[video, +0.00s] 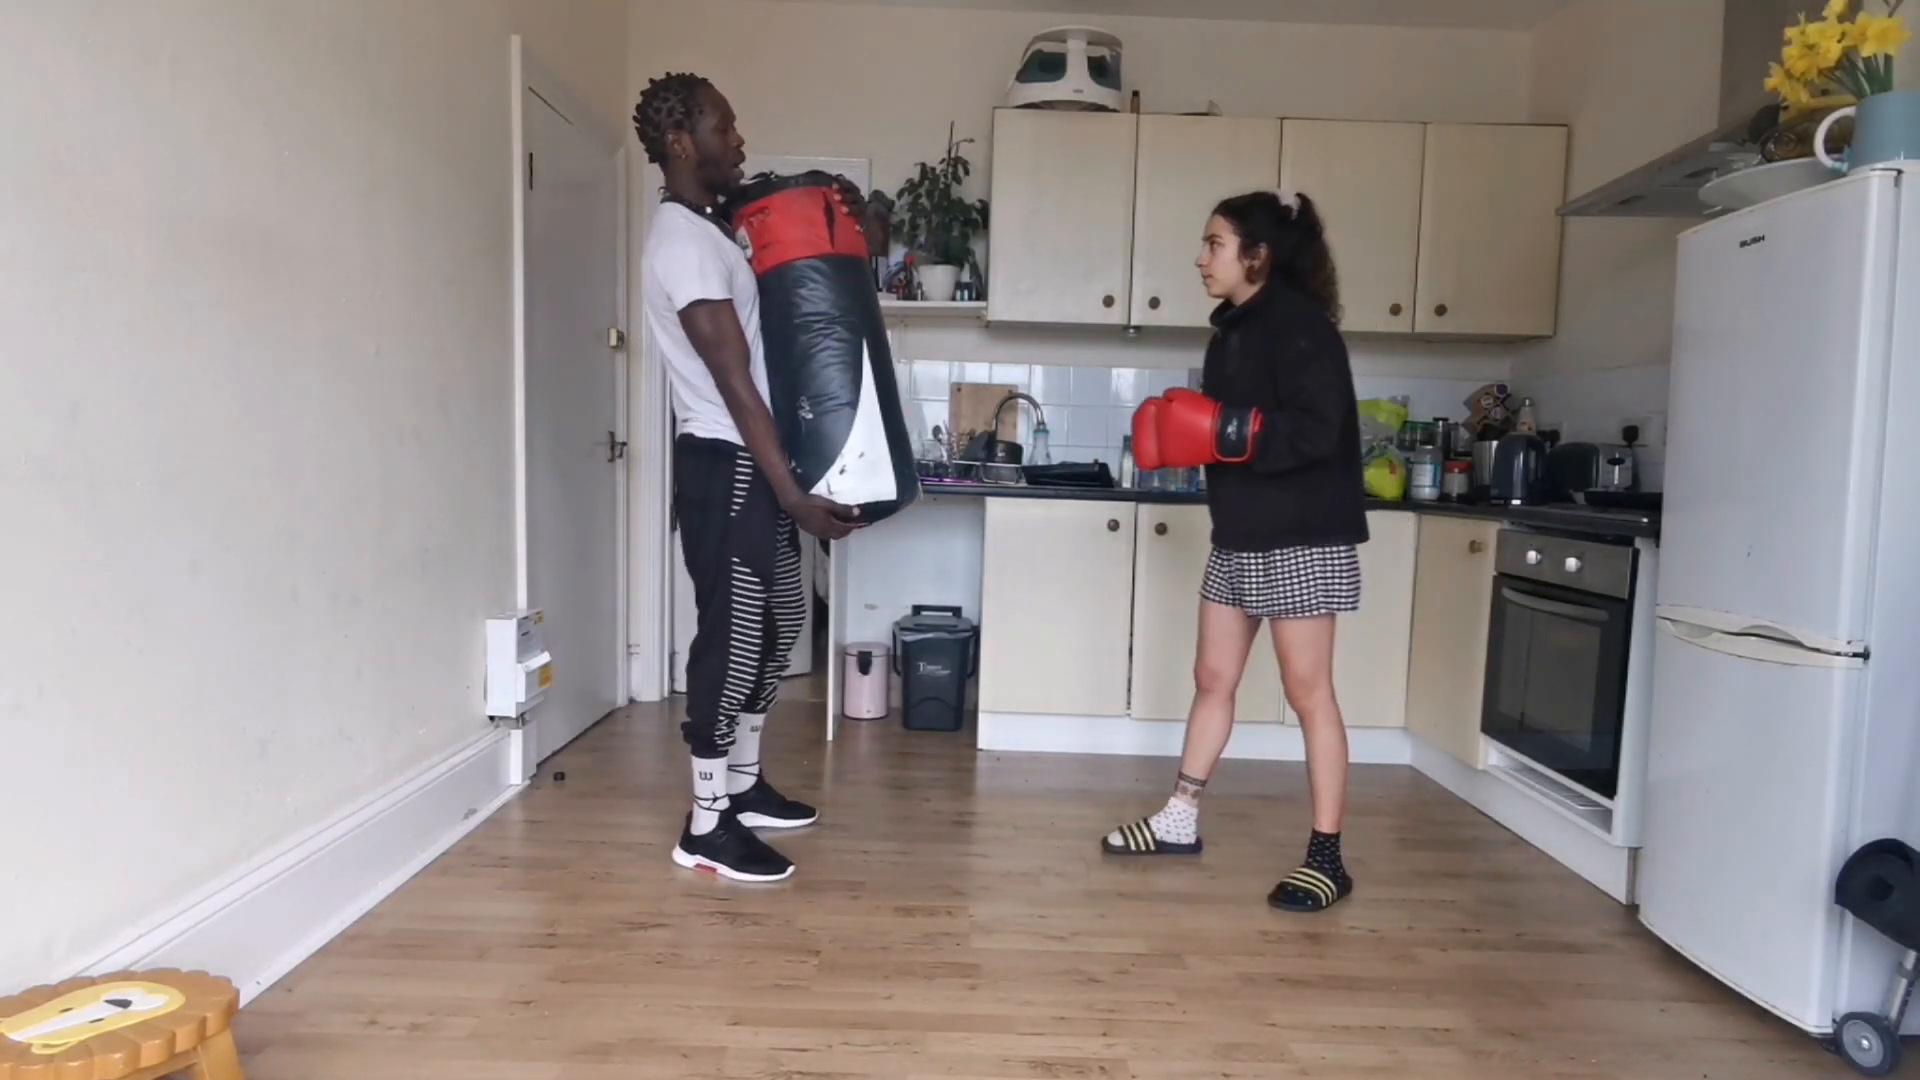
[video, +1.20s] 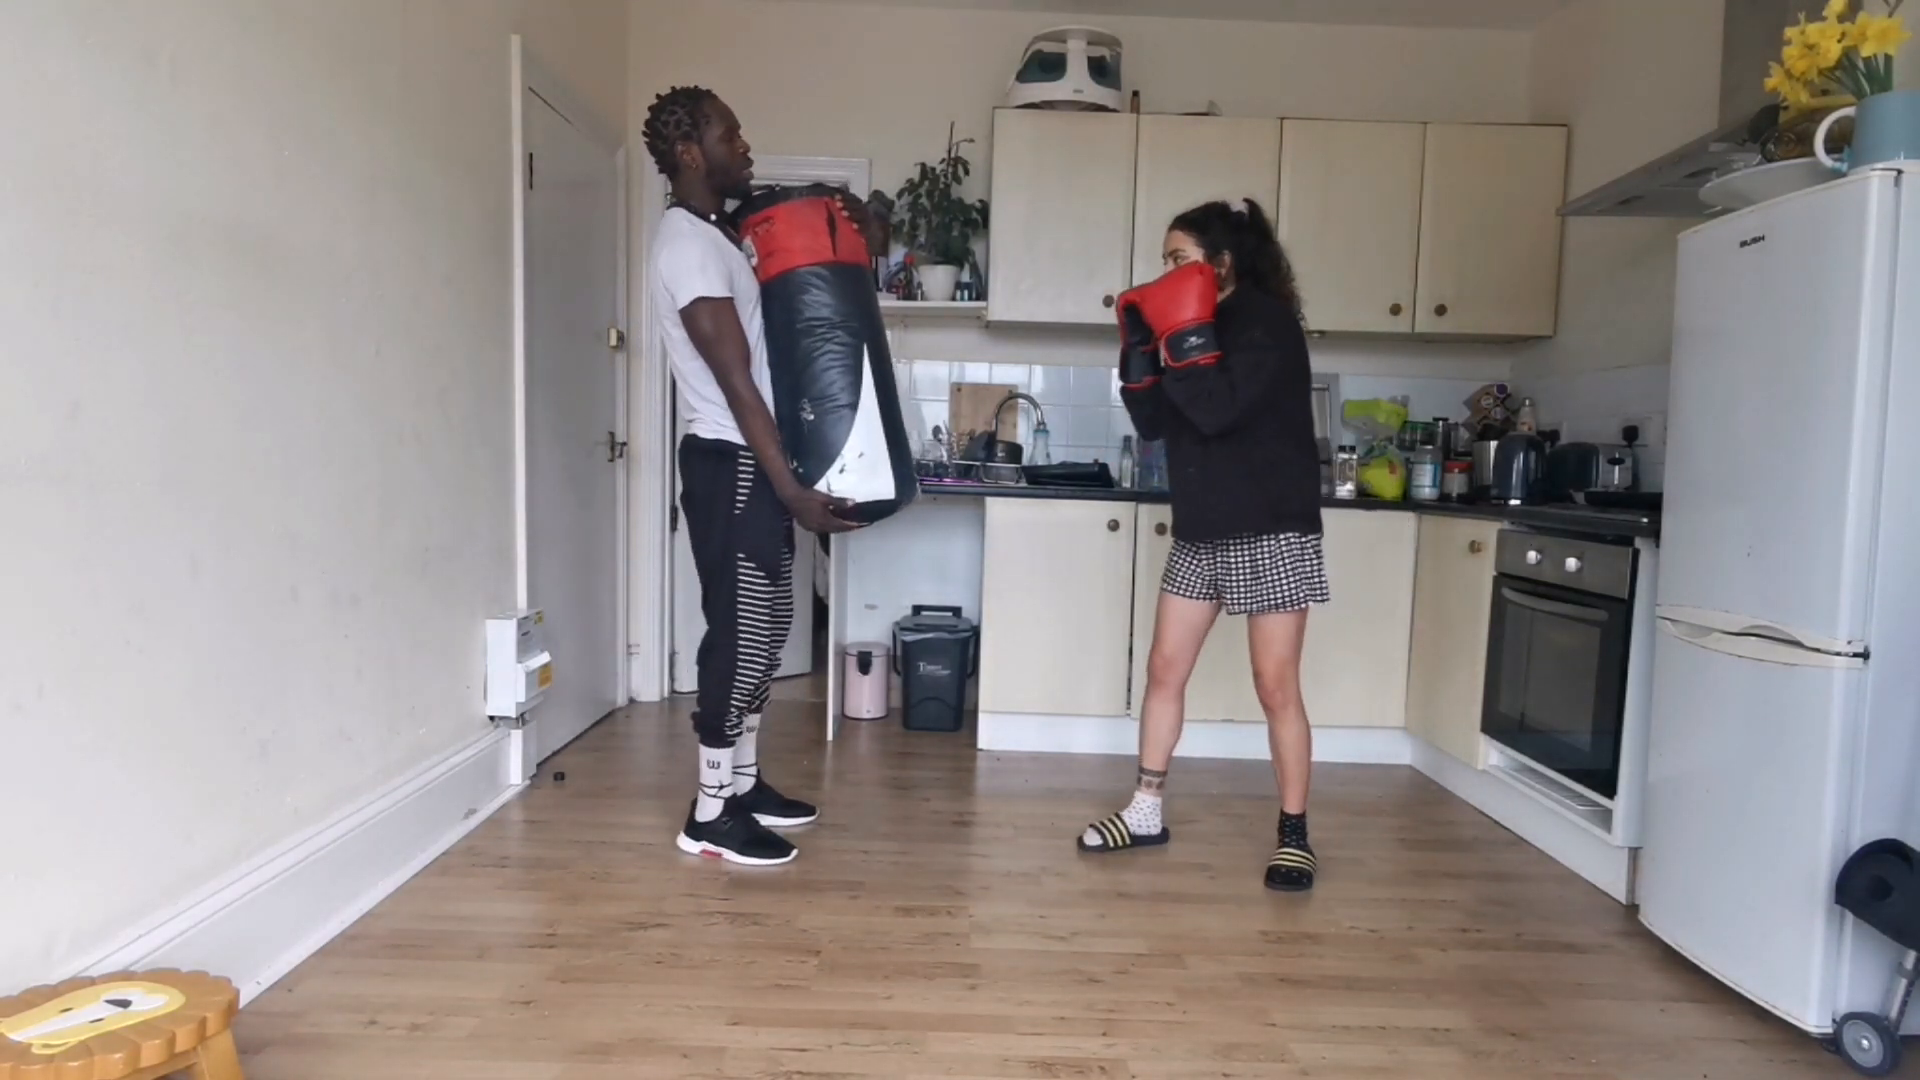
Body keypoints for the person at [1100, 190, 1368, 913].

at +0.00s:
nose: (1202, 258)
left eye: (1215, 245)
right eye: (1204, 244)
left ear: (1257, 255)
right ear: (1237, 256)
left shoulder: (1301, 326)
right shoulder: (1230, 331)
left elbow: (1321, 435)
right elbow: (1235, 424)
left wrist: (1226, 430)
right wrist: (1181, 429)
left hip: (1306, 531)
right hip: (1239, 528)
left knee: (1309, 692)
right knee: (1213, 677)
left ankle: (1325, 857)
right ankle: (1180, 818)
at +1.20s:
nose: (1170, 270)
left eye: (1180, 258)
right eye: (1169, 260)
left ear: (1223, 261)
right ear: (1191, 263)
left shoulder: (1264, 319)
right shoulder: (1191, 326)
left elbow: (1218, 410)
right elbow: (1152, 421)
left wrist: (1184, 333)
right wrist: (1135, 339)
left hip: (1274, 522)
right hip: (1202, 523)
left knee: (1277, 685)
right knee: (1165, 668)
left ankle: (1293, 833)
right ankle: (1146, 809)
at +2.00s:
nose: (1199, 261)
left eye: (1212, 248)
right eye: (1197, 249)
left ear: (1258, 251)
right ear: (1204, 257)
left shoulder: (1301, 314)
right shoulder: (1212, 322)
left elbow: (1246, 394)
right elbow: (1171, 412)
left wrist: (1219, 319)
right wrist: (1159, 336)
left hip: (1294, 518)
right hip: (1216, 518)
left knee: (1299, 688)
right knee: (1184, 675)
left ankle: (1307, 834)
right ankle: (1148, 811)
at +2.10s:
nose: (1207, 264)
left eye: (1221, 250)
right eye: (1204, 252)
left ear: (1264, 250)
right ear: (1209, 256)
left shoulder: (1307, 314)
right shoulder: (1216, 323)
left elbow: (1249, 390)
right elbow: (1168, 404)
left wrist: (1228, 313)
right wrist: (1164, 323)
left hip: (1294, 517)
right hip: (1215, 517)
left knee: (1299, 687)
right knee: (1185, 676)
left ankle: (1307, 833)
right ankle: (1148, 810)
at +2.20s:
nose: (1227, 255)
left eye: (1241, 240)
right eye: (1225, 241)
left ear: (1279, 249)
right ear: (1225, 255)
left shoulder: (1315, 315)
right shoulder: (1223, 317)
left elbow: (1249, 382)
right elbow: (1165, 389)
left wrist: (1236, 307)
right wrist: (1176, 301)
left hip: (1294, 517)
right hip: (1214, 515)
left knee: (1299, 689)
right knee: (1184, 676)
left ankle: (1308, 833)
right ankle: (1148, 809)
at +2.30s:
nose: (1232, 255)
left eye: (1246, 241)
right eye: (1231, 241)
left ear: (1283, 250)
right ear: (1233, 255)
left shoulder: (1318, 314)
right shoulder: (1227, 317)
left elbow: (1250, 380)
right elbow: (1166, 386)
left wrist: (1239, 306)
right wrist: (1180, 301)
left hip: (1294, 516)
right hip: (1214, 514)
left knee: (1298, 687)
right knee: (1185, 676)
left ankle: (1308, 833)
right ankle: (1147, 810)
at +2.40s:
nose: (1234, 256)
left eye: (1247, 242)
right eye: (1233, 243)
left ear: (1286, 250)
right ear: (1242, 258)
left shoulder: (1322, 317)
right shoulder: (1232, 319)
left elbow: (1250, 379)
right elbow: (1168, 386)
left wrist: (1241, 304)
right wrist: (1184, 300)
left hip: (1293, 520)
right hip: (1213, 516)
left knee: (1298, 688)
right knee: (1185, 677)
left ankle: (1307, 833)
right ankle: (1148, 810)